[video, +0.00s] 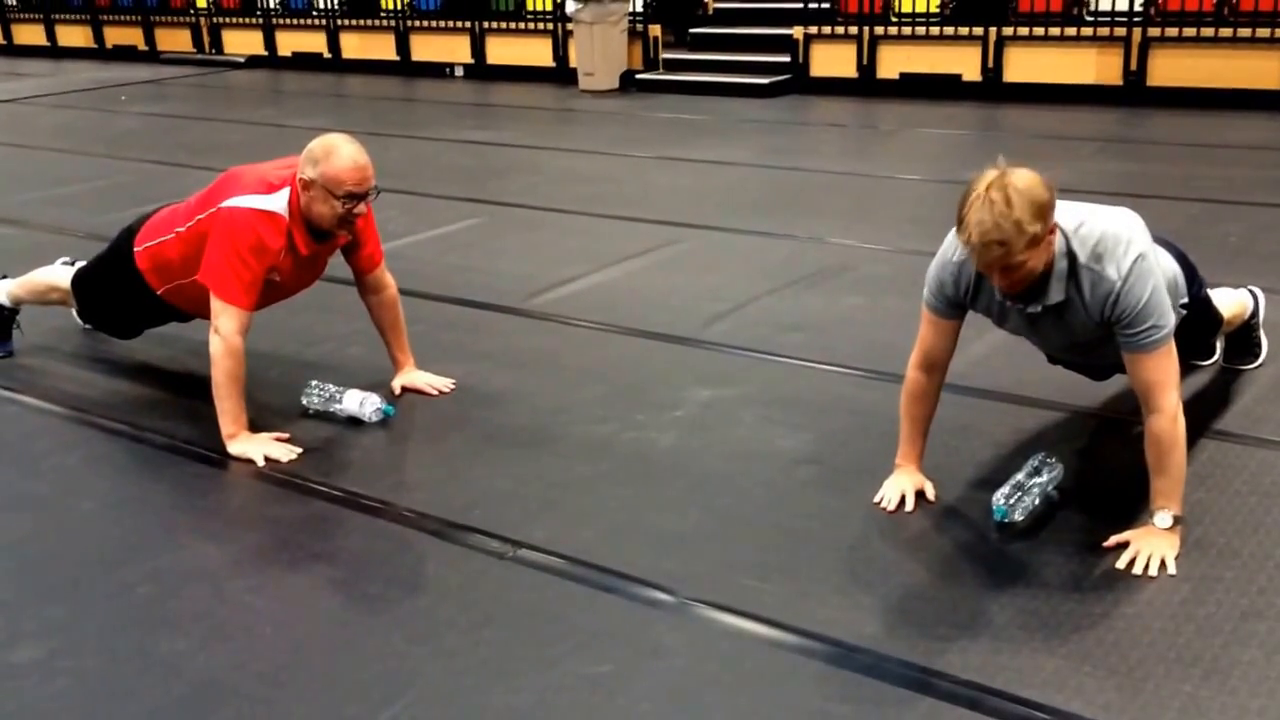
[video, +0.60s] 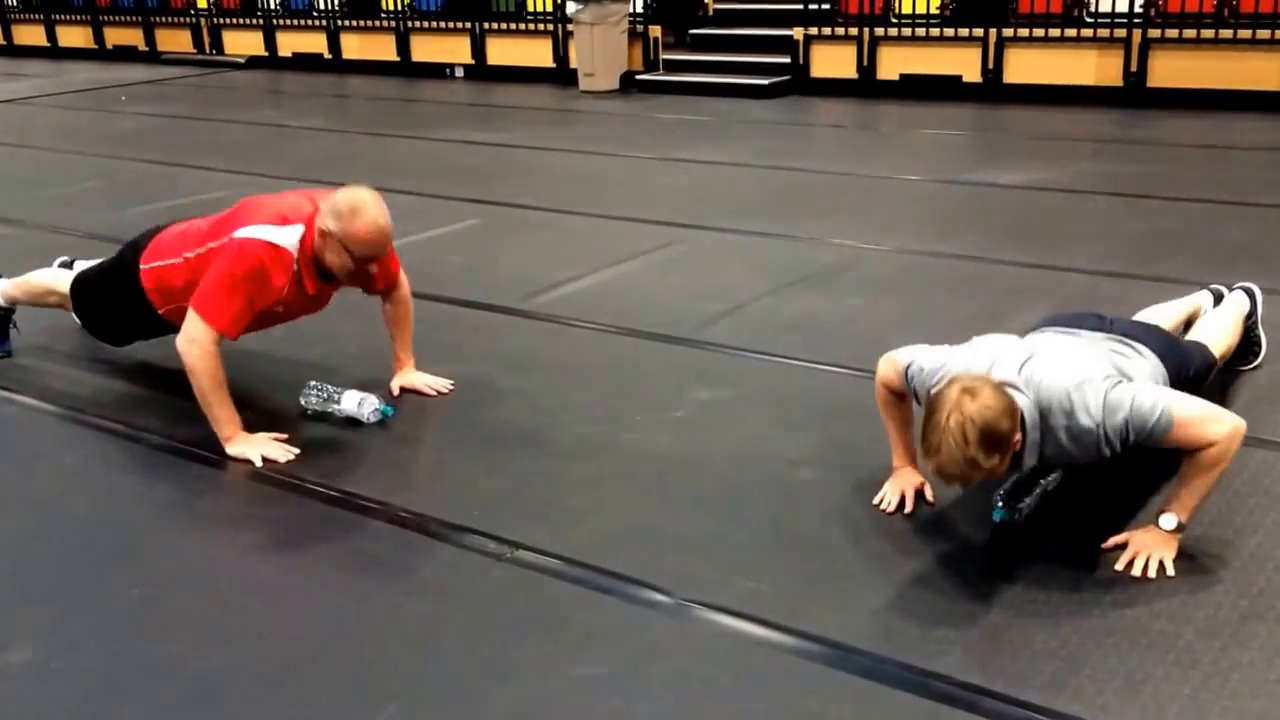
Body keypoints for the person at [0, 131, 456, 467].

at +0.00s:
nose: (359, 209)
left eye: (364, 197)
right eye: (349, 197)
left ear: (366, 189)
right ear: (306, 185)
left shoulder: (347, 205)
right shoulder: (251, 225)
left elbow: (377, 282)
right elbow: (227, 334)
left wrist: (405, 364)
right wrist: (236, 435)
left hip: (195, 280)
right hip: (144, 273)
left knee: (128, 305)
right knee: (76, 288)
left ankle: (80, 290)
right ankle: (5, 294)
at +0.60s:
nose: (366, 270)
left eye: (375, 258)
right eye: (357, 258)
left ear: (377, 235)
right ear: (324, 235)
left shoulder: (363, 232)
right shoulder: (260, 257)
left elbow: (395, 291)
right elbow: (195, 342)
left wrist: (405, 366)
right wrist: (234, 436)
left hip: (200, 258)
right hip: (152, 275)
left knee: (117, 281)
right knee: (76, 293)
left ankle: (76, 275)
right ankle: (6, 290)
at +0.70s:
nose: (372, 317)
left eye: (382, 307)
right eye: (364, 307)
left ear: (394, 286)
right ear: (335, 281)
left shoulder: (374, 257)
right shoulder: (263, 285)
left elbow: (404, 297)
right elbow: (184, 350)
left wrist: (406, 366)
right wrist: (233, 436)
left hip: (206, 261)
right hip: (155, 294)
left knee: (140, 270)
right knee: (73, 301)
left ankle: (78, 271)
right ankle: (7, 290)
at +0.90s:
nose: (385, 378)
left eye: (395, 374)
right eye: (377, 373)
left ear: (412, 316)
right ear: (353, 345)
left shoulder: (394, 291)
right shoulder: (276, 325)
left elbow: (398, 286)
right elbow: (176, 354)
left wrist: (400, 369)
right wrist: (232, 436)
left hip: (230, 283)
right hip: (171, 310)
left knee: (149, 283)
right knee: (80, 310)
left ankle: (78, 268)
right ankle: (11, 291)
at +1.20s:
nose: (384, 334)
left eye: (393, 323)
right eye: (378, 324)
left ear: (398, 295)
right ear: (347, 297)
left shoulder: (377, 267)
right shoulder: (269, 296)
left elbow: (407, 303)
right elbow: (182, 351)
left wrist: (404, 367)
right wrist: (231, 438)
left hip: (219, 255)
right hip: (160, 290)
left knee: (137, 269)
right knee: (79, 298)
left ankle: (76, 271)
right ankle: (7, 290)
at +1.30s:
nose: (374, 293)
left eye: (386, 284)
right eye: (367, 283)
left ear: (399, 248)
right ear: (338, 258)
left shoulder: (377, 241)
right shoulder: (263, 262)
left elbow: (403, 298)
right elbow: (196, 343)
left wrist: (403, 367)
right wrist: (232, 437)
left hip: (214, 251)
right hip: (159, 271)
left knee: (125, 282)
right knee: (81, 291)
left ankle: (77, 279)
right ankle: (10, 290)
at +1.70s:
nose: (370, 356)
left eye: (381, 350)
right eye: (366, 347)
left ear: (403, 305)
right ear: (345, 318)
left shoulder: (387, 279)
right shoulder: (269, 304)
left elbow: (406, 293)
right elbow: (178, 354)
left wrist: (401, 365)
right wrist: (229, 439)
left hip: (216, 269)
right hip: (156, 301)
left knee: (141, 274)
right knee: (76, 305)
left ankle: (70, 272)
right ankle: (6, 292)